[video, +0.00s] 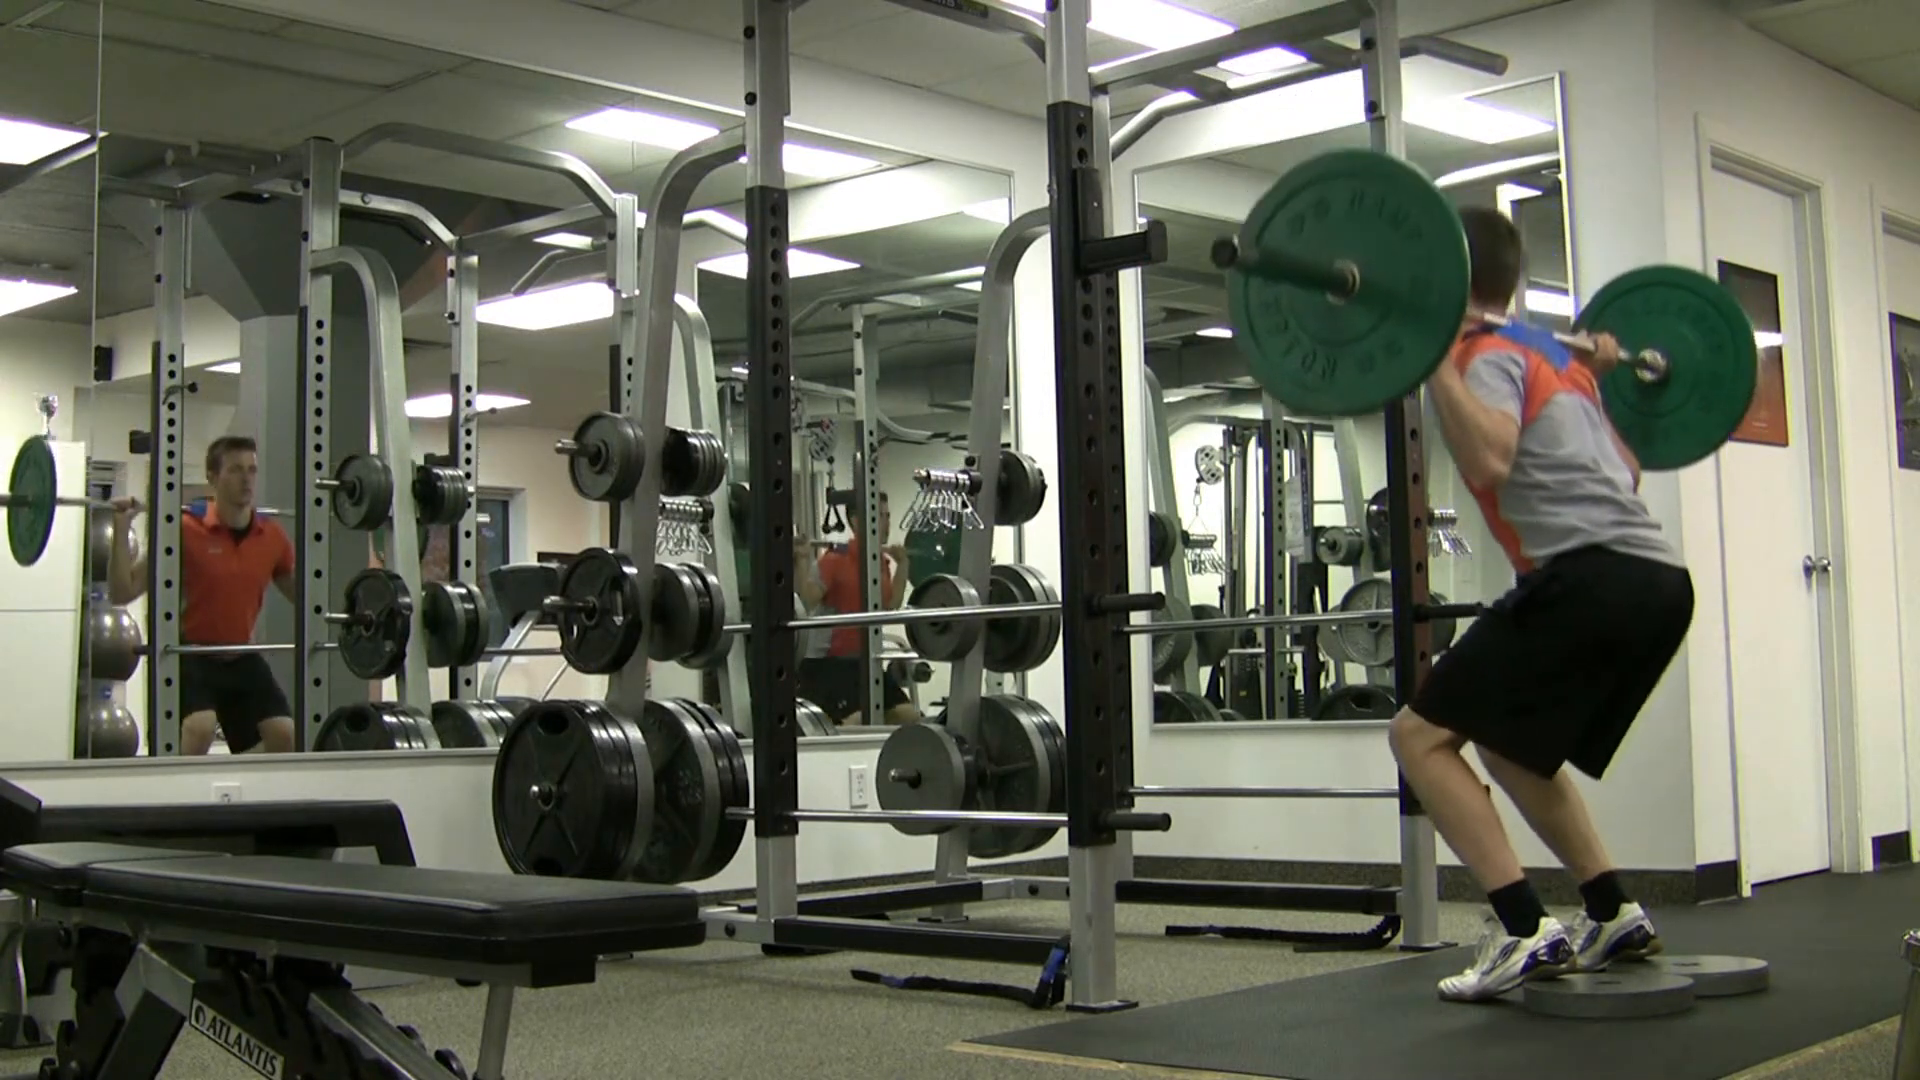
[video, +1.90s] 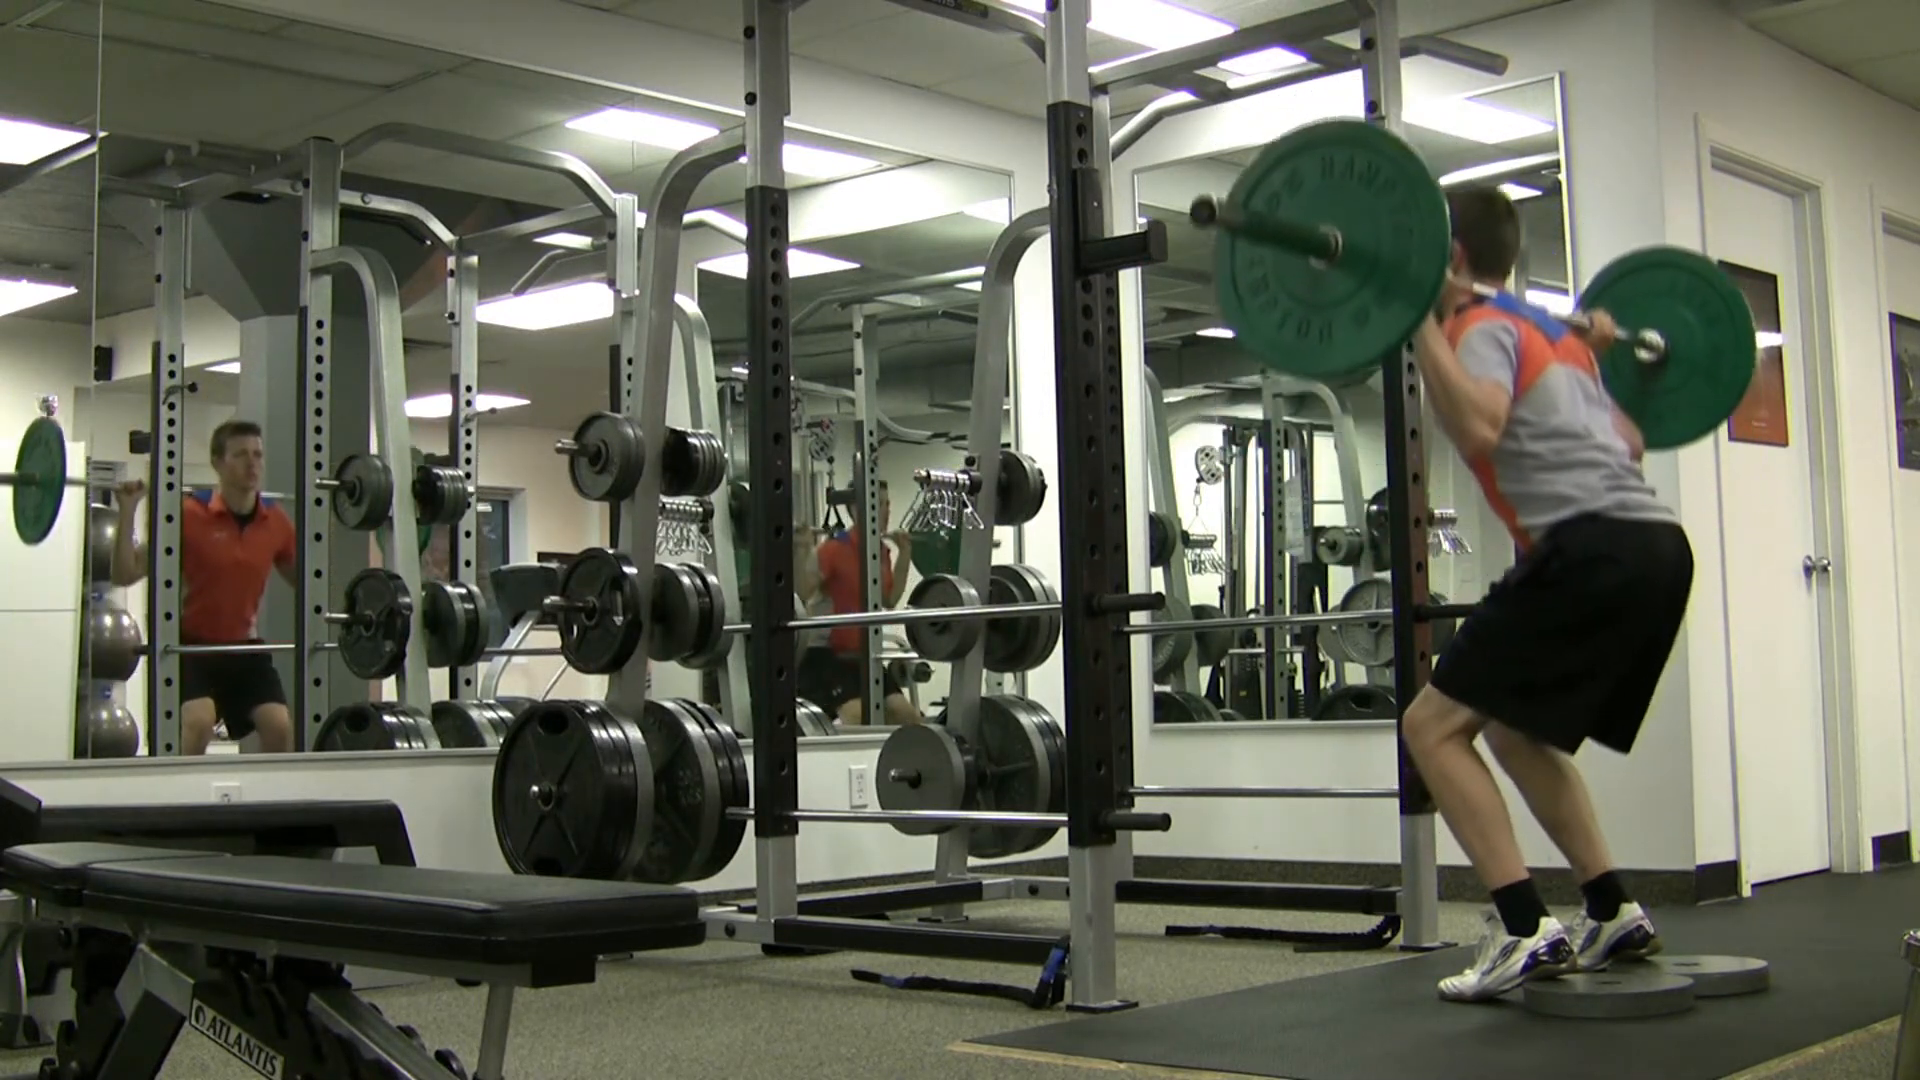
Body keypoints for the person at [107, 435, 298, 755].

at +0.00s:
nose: (247, 479)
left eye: (252, 470)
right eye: (236, 470)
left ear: (258, 476)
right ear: (213, 477)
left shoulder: (271, 535)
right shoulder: (184, 530)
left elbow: (306, 600)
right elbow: (122, 593)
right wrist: (121, 527)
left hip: (242, 657)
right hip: (190, 656)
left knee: (282, 733)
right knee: (200, 728)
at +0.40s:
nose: (248, 524)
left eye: (254, 515)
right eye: (237, 515)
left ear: (260, 519)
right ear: (213, 522)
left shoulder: (272, 580)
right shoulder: (184, 574)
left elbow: (306, 639)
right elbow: (125, 635)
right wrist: (121, 573)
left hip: (237, 687)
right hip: (184, 685)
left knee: (288, 737)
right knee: (206, 732)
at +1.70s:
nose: (252, 495)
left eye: (257, 486)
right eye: (240, 486)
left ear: (264, 491)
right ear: (217, 492)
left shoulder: (276, 551)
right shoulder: (188, 545)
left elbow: (306, 610)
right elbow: (122, 605)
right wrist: (127, 540)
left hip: (244, 668)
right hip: (191, 667)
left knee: (284, 732)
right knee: (203, 728)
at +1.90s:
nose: (252, 463)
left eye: (258, 455)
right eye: (241, 454)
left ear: (264, 461)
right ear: (217, 463)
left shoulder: (275, 521)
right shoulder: (188, 515)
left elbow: (307, 584)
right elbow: (124, 574)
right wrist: (127, 510)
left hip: (244, 648)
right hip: (190, 647)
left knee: (278, 726)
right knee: (198, 723)